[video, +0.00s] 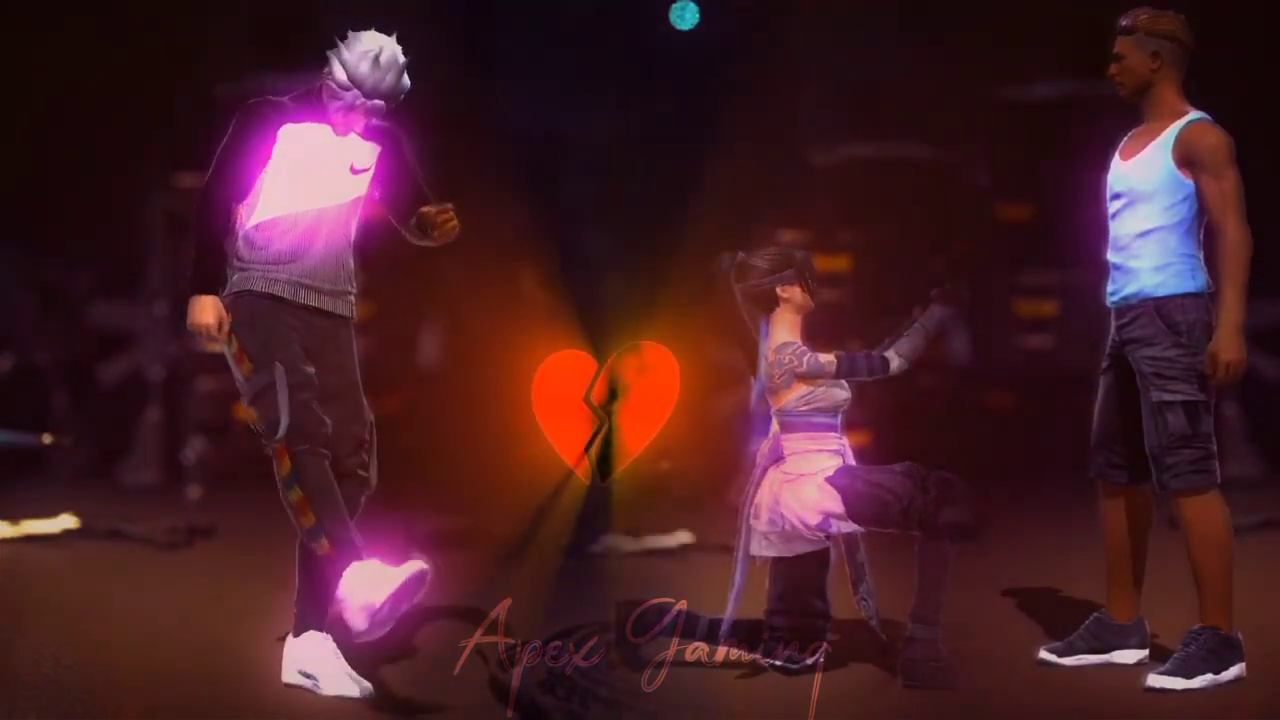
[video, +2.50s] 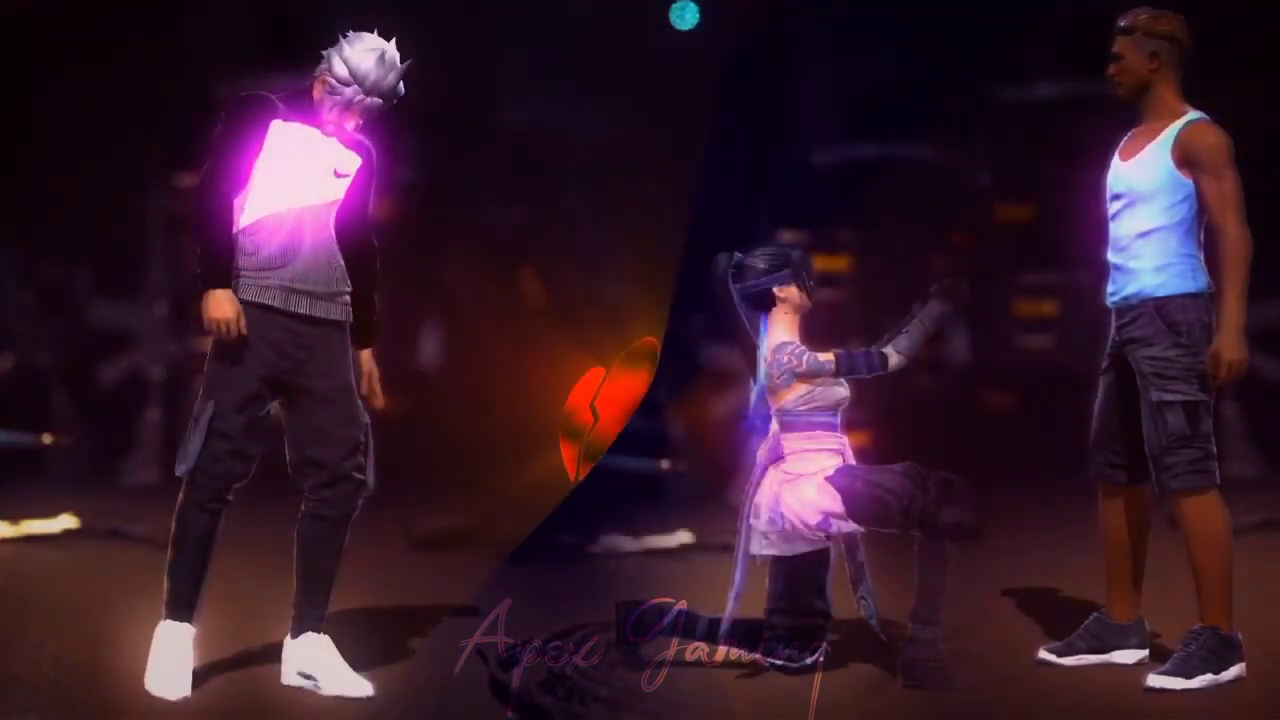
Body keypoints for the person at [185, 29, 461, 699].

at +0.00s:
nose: (360, 121)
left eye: (374, 112)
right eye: (353, 105)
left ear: (385, 105)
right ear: (332, 84)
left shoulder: (384, 141)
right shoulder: (270, 117)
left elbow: (404, 216)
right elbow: (218, 201)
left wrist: (429, 225)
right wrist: (204, 285)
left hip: (333, 311)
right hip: (263, 297)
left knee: (353, 464)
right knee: (297, 438)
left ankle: (308, 638)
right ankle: (355, 574)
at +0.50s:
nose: (359, 122)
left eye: (373, 114)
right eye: (352, 106)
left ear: (387, 108)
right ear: (331, 83)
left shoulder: (380, 146)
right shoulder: (270, 117)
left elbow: (393, 228)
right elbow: (219, 201)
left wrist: (416, 267)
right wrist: (206, 286)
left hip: (333, 317)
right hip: (264, 305)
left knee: (348, 461)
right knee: (287, 454)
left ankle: (308, 618)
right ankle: (300, 615)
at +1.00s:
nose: (357, 123)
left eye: (372, 114)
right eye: (351, 105)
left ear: (384, 110)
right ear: (329, 83)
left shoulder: (374, 151)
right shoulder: (269, 119)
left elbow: (376, 243)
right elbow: (220, 200)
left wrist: (401, 314)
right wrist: (208, 286)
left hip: (332, 324)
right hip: (263, 312)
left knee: (342, 473)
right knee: (265, 467)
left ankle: (310, 635)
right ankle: (252, 635)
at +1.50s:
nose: (355, 124)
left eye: (369, 114)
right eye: (348, 106)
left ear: (383, 109)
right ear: (325, 85)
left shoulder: (373, 154)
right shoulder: (265, 118)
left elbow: (373, 249)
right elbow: (217, 197)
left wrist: (387, 333)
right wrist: (213, 284)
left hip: (334, 326)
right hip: (260, 315)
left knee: (345, 477)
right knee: (245, 469)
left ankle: (307, 639)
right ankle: (213, 638)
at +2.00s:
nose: (353, 121)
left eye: (367, 112)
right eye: (346, 104)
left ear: (381, 109)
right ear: (323, 85)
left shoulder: (372, 157)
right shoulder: (260, 121)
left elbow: (369, 252)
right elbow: (218, 201)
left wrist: (378, 338)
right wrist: (214, 283)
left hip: (334, 329)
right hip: (258, 316)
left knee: (343, 477)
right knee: (230, 471)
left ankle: (308, 637)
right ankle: (194, 634)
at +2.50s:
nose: (352, 119)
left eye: (366, 110)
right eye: (347, 101)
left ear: (377, 107)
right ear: (323, 82)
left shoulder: (370, 153)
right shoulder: (258, 118)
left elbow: (367, 251)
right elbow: (214, 197)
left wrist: (365, 342)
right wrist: (216, 282)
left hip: (329, 335)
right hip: (253, 321)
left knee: (338, 480)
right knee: (214, 472)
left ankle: (307, 638)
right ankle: (177, 627)